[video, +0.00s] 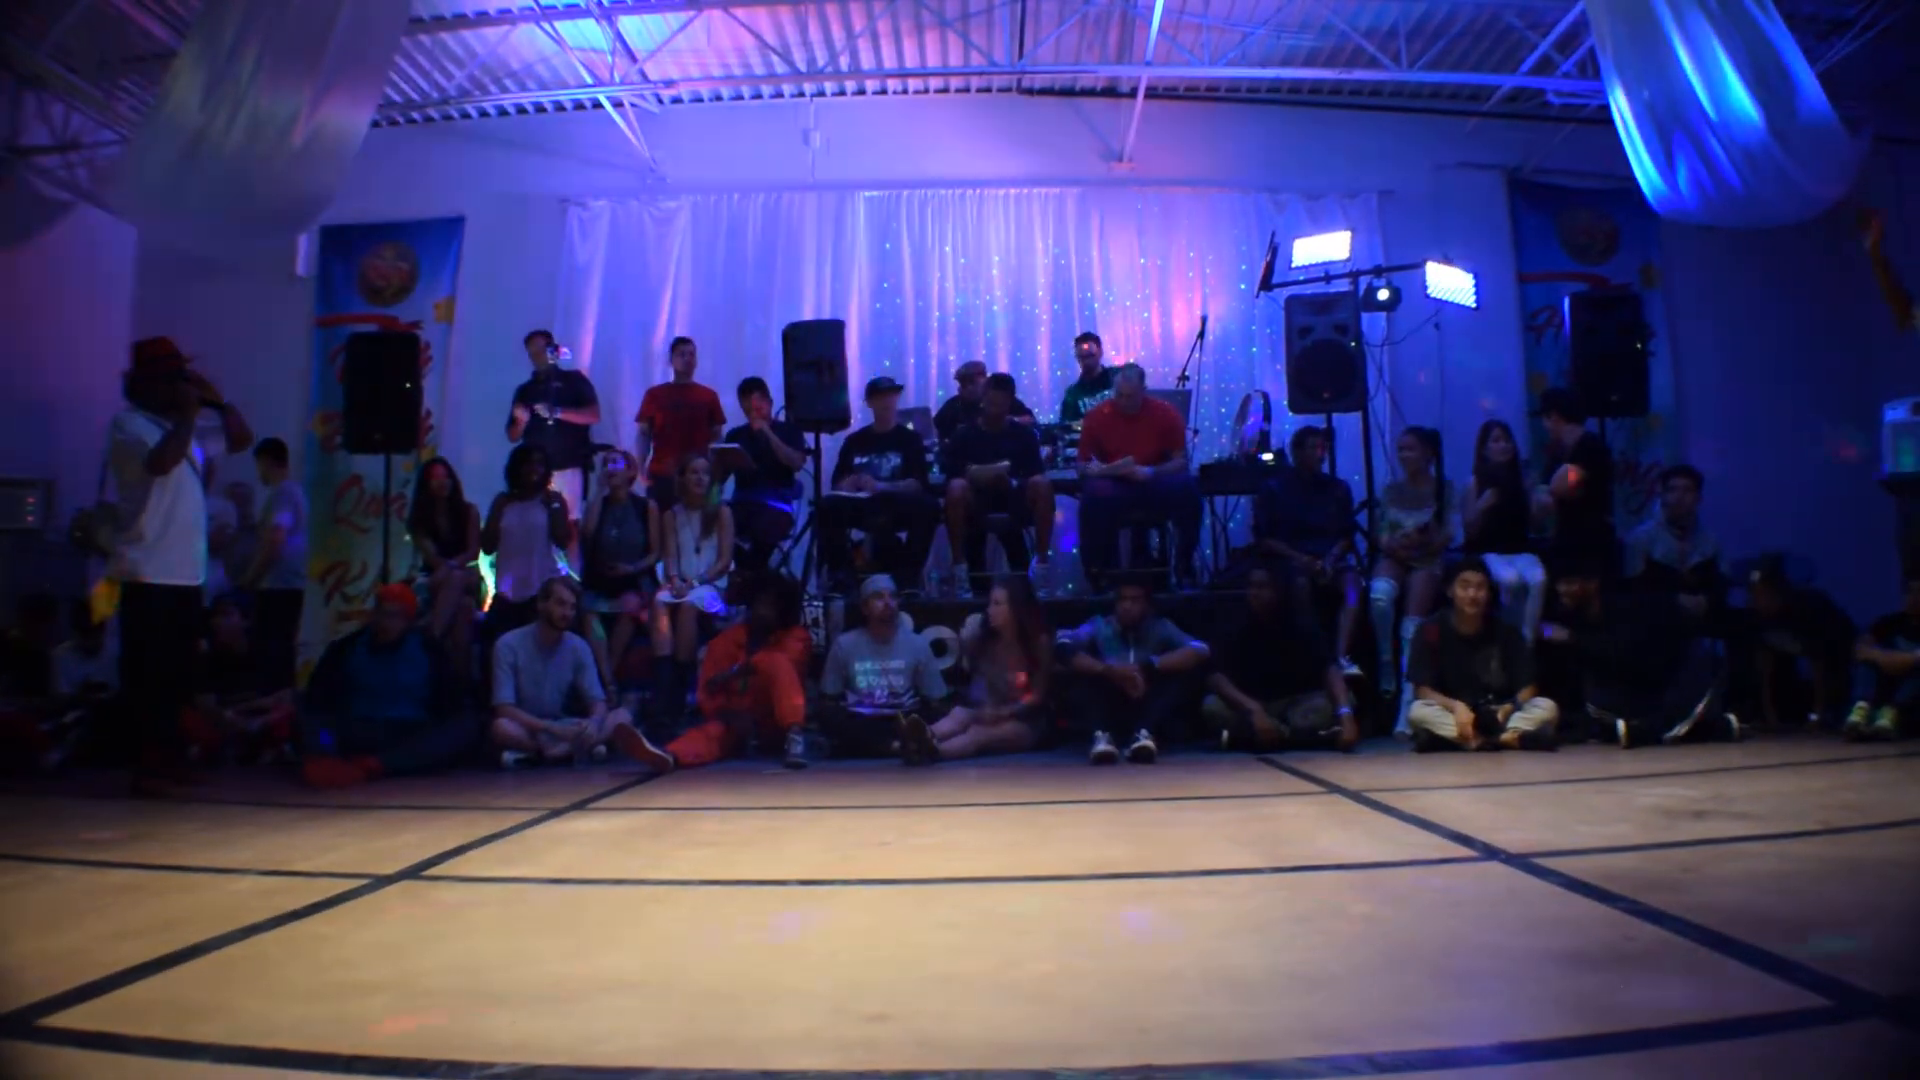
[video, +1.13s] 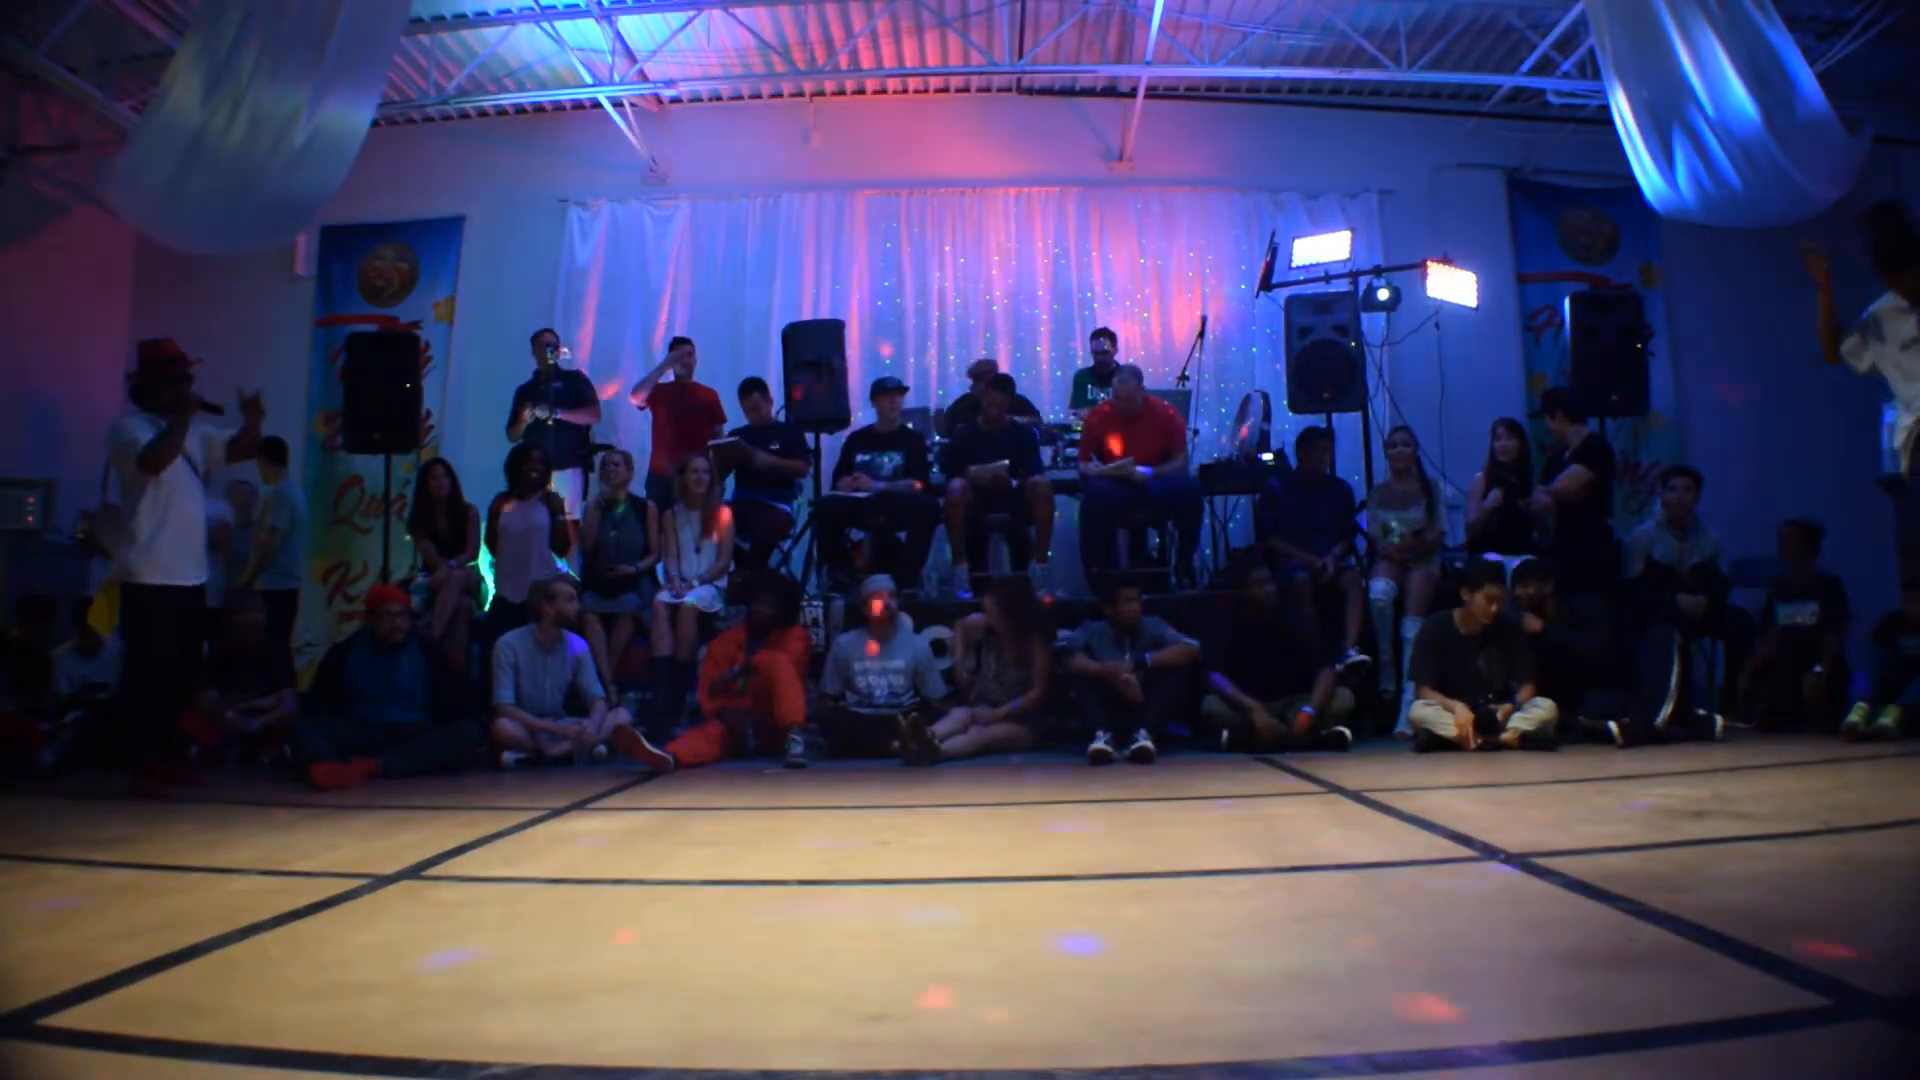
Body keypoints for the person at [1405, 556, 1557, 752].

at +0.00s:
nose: (1472, 595)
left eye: (1480, 588)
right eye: (1465, 587)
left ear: (1489, 594)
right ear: (1451, 591)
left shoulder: (1505, 631)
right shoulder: (1432, 630)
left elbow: (1528, 687)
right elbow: (1422, 689)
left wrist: (1508, 708)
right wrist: (1457, 707)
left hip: (1499, 707)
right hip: (1455, 709)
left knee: (1547, 707)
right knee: (1418, 712)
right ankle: (1507, 740)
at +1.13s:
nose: (1494, 609)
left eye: (1499, 602)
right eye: (1488, 600)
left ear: (1504, 601)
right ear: (1466, 595)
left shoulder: (1507, 630)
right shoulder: (1436, 629)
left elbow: (1528, 686)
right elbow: (1423, 690)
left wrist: (1510, 707)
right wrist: (1457, 707)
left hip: (1499, 707)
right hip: (1456, 710)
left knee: (1547, 707)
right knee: (1419, 711)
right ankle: (1506, 740)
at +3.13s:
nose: (1506, 600)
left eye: (1506, 593)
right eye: (1501, 593)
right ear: (1476, 597)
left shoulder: (1511, 628)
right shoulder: (1437, 629)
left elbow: (1528, 686)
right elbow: (1423, 689)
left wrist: (1511, 706)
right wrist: (1456, 707)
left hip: (1500, 706)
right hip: (1456, 708)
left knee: (1546, 707)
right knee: (1418, 711)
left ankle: (1468, 743)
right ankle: (1505, 740)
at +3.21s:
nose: (1506, 600)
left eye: (1506, 593)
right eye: (1501, 592)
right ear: (1477, 597)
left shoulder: (1511, 629)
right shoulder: (1437, 629)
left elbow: (1528, 684)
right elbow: (1423, 689)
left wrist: (1511, 707)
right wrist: (1456, 708)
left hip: (1500, 706)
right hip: (1456, 709)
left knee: (1546, 708)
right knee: (1418, 711)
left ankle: (1463, 743)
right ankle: (1505, 740)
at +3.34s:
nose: (1507, 600)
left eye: (1508, 593)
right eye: (1501, 593)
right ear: (1475, 595)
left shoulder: (1514, 629)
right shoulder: (1440, 629)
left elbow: (1528, 684)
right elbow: (1423, 689)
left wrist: (1511, 706)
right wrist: (1456, 708)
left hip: (1500, 706)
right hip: (1456, 708)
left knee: (1546, 707)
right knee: (1418, 711)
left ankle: (1462, 743)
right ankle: (1505, 740)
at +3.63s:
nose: (1501, 596)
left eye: (1505, 588)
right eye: (1494, 587)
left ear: (1510, 592)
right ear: (1471, 591)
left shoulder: (1516, 629)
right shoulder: (1444, 628)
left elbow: (1529, 684)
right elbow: (1424, 689)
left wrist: (1508, 706)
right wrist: (1456, 708)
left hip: (1501, 706)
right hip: (1457, 706)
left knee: (1545, 707)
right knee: (1417, 711)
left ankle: (1461, 743)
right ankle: (1501, 740)